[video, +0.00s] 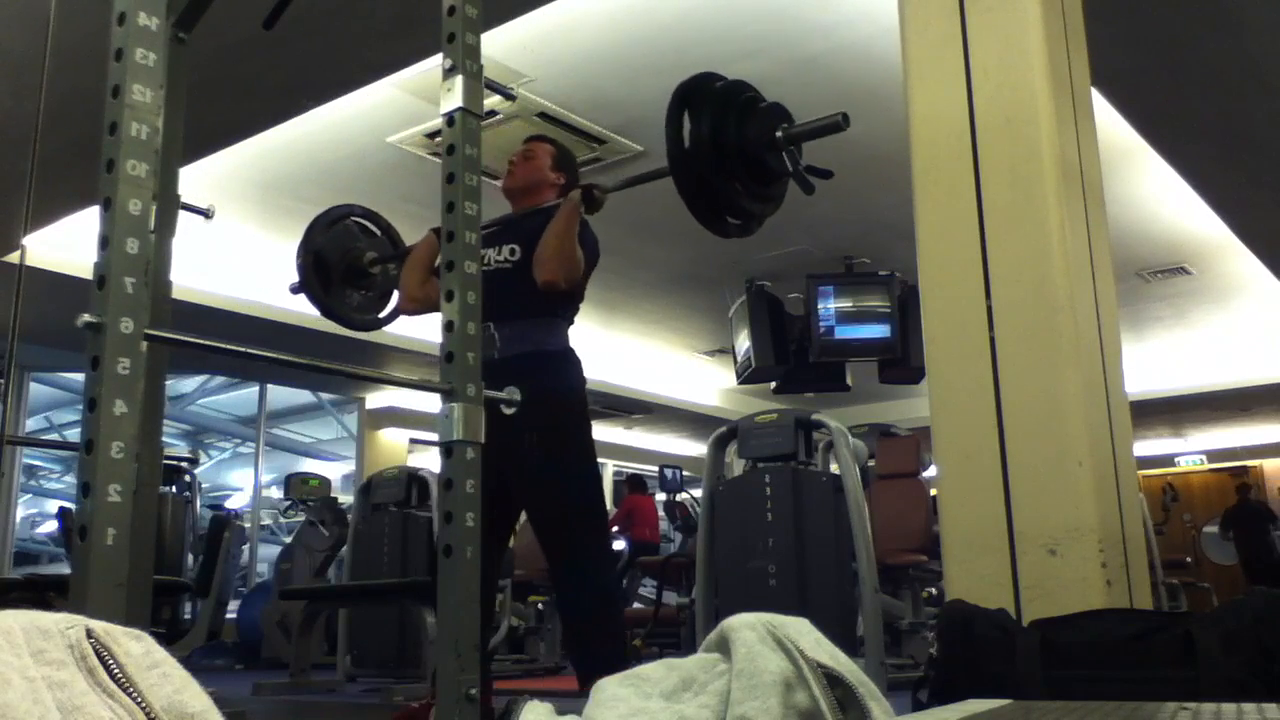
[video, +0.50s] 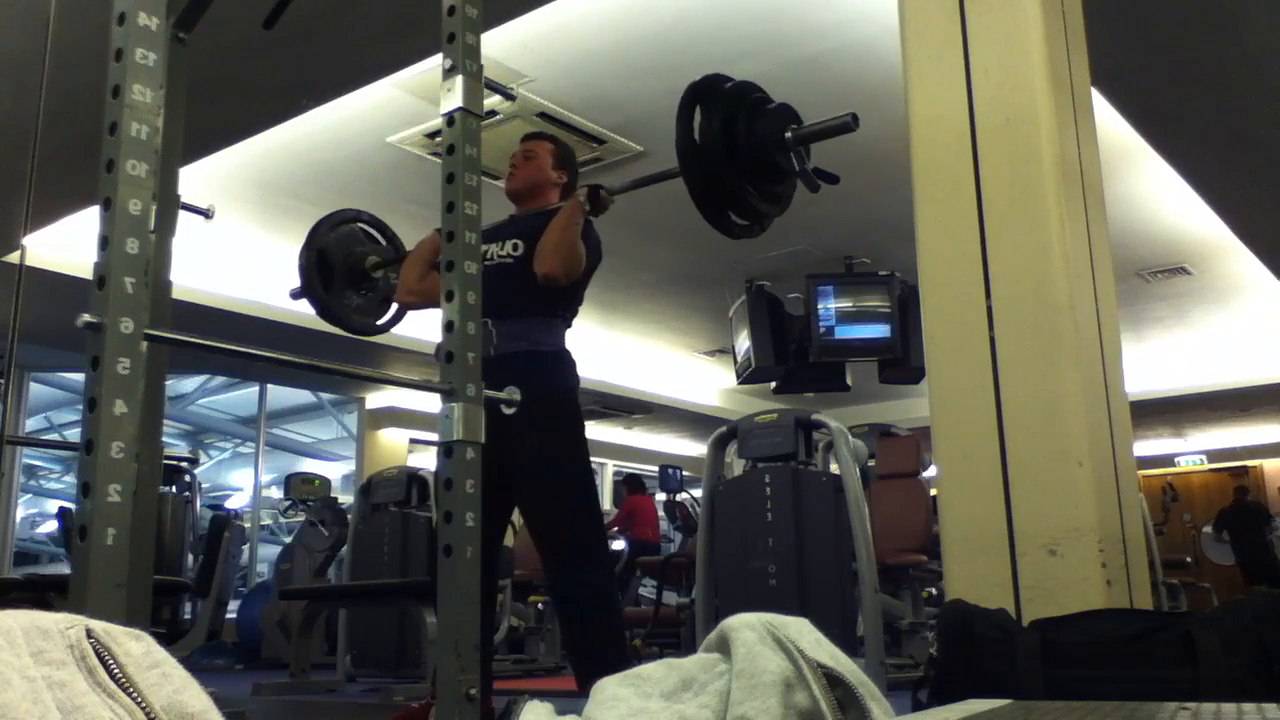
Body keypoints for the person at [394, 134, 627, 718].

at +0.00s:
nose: (512, 162)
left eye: (527, 155)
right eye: (511, 157)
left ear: (559, 178)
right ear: (507, 180)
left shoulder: (570, 228)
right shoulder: (481, 238)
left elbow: (551, 273)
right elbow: (413, 296)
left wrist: (574, 199)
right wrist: (438, 233)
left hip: (546, 390)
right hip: (478, 397)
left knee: (576, 550)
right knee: (468, 548)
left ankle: (608, 693)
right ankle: (457, 691)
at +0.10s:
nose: (512, 160)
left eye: (527, 153)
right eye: (510, 156)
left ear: (559, 176)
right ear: (506, 179)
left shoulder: (571, 227)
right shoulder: (483, 239)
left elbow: (548, 268)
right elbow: (407, 290)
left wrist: (573, 199)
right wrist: (437, 232)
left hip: (544, 388)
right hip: (477, 396)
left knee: (577, 548)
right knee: (468, 547)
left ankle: (607, 692)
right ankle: (457, 690)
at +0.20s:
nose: (511, 163)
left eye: (526, 155)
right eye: (509, 158)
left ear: (559, 176)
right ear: (506, 180)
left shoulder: (572, 228)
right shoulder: (482, 240)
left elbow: (550, 268)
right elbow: (408, 292)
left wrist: (573, 202)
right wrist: (436, 236)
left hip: (542, 388)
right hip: (475, 395)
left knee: (574, 546)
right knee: (467, 545)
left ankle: (607, 693)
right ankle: (458, 690)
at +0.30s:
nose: (511, 164)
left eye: (525, 156)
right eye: (509, 158)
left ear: (559, 176)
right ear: (507, 180)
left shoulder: (572, 228)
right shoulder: (483, 241)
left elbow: (550, 269)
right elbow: (408, 293)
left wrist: (573, 202)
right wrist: (437, 237)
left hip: (541, 388)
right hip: (475, 394)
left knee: (572, 545)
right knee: (466, 545)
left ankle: (609, 693)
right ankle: (458, 690)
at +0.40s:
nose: (510, 165)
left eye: (525, 156)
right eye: (509, 159)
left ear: (559, 176)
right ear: (509, 180)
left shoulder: (572, 228)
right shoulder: (484, 241)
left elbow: (550, 267)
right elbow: (408, 291)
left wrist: (575, 202)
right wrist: (440, 234)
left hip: (539, 387)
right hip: (474, 393)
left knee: (571, 546)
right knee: (466, 546)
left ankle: (610, 694)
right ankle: (458, 692)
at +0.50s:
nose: (513, 164)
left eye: (527, 156)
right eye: (510, 159)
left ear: (561, 177)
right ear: (507, 181)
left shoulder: (573, 228)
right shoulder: (484, 242)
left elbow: (551, 267)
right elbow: (408, 289)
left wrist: (577, 201)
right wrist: (445, 230)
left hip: (539, 389)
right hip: (473, 395)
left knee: (572, 549)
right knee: (465, 548)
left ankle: (610, 695)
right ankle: (458, 692)